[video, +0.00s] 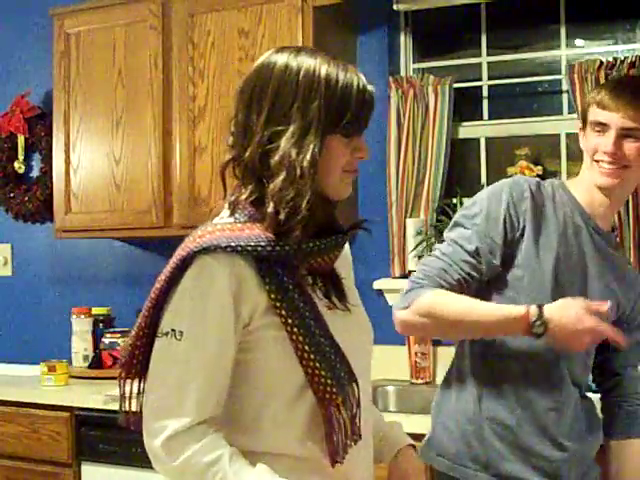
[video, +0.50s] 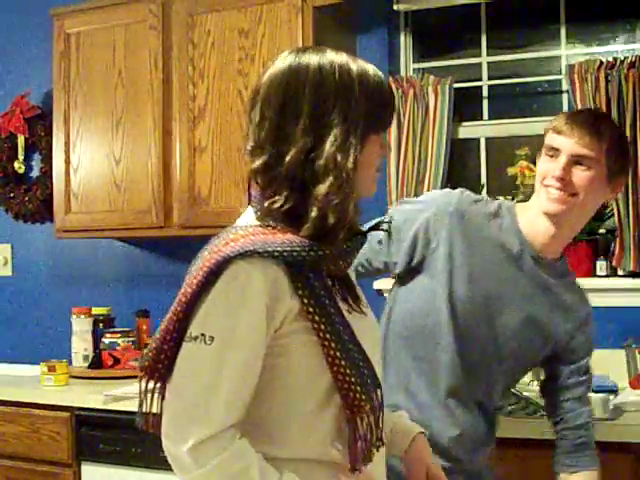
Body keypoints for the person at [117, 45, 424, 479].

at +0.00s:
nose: (363, 150)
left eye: (361, 133)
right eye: (346, 132)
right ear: (290, 137)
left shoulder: (330, 249)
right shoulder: (221, 263)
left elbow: (341, 394)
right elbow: (176, 434)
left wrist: (398, 451)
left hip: (351, 470)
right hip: (274, 468)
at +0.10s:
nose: (370, 151)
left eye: (366, 134)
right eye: (354, 133)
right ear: (297, 137)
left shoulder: (331, 251)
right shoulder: (228, 265)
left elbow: (339, 399)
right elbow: (180, 437)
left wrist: (403, 448)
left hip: (351, 468)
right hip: (275, 467)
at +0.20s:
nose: (376, 151)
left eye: (372, 134)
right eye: (360, 133)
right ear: (304, 135)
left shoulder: (332, 258)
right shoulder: (235, 268)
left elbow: (339, 398)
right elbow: (183, 437)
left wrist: (407, 444)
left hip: (350, 468)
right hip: (275, 468)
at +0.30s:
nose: (379, 151)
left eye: (377, 135)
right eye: (365, 133)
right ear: (310, 136)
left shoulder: (327, 255)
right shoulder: (244, 266)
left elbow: (359, 391)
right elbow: (189, 439)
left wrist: (412, 449)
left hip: (360, 467)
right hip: (288, 468)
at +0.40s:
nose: (385, 149)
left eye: (382, 132)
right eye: (372, 132)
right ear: (318, 137)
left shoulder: (327, 254)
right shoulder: (248, 266)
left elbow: (348, 394)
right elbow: (192, 439)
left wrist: (411, 443)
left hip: (357, 468)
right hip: (289, 468)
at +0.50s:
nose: (386, 149)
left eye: (384, 133)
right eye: (377, 133)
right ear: (331, 140)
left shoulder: (320, 259)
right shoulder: (253, 269)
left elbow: (332, 401)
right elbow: (196, 441)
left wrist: (408, 440)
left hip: (356, 469)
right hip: (292, 470)